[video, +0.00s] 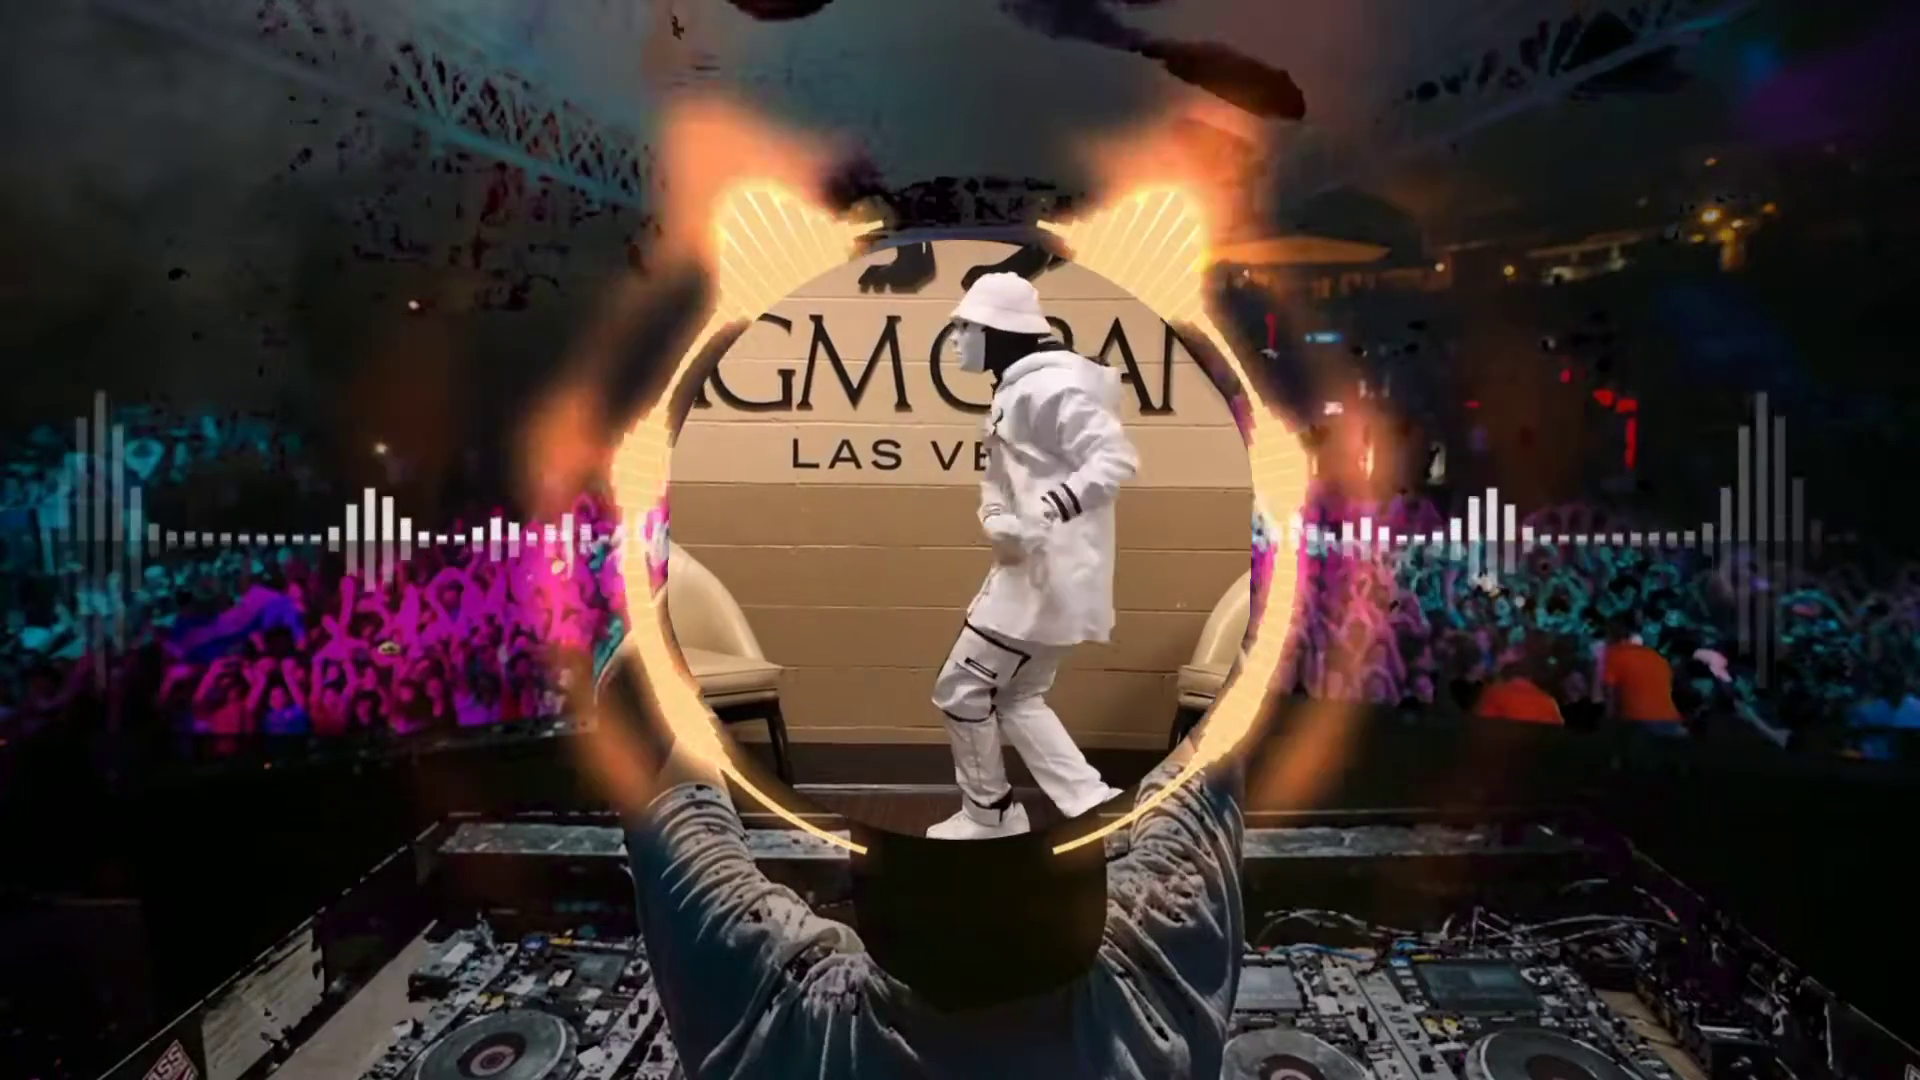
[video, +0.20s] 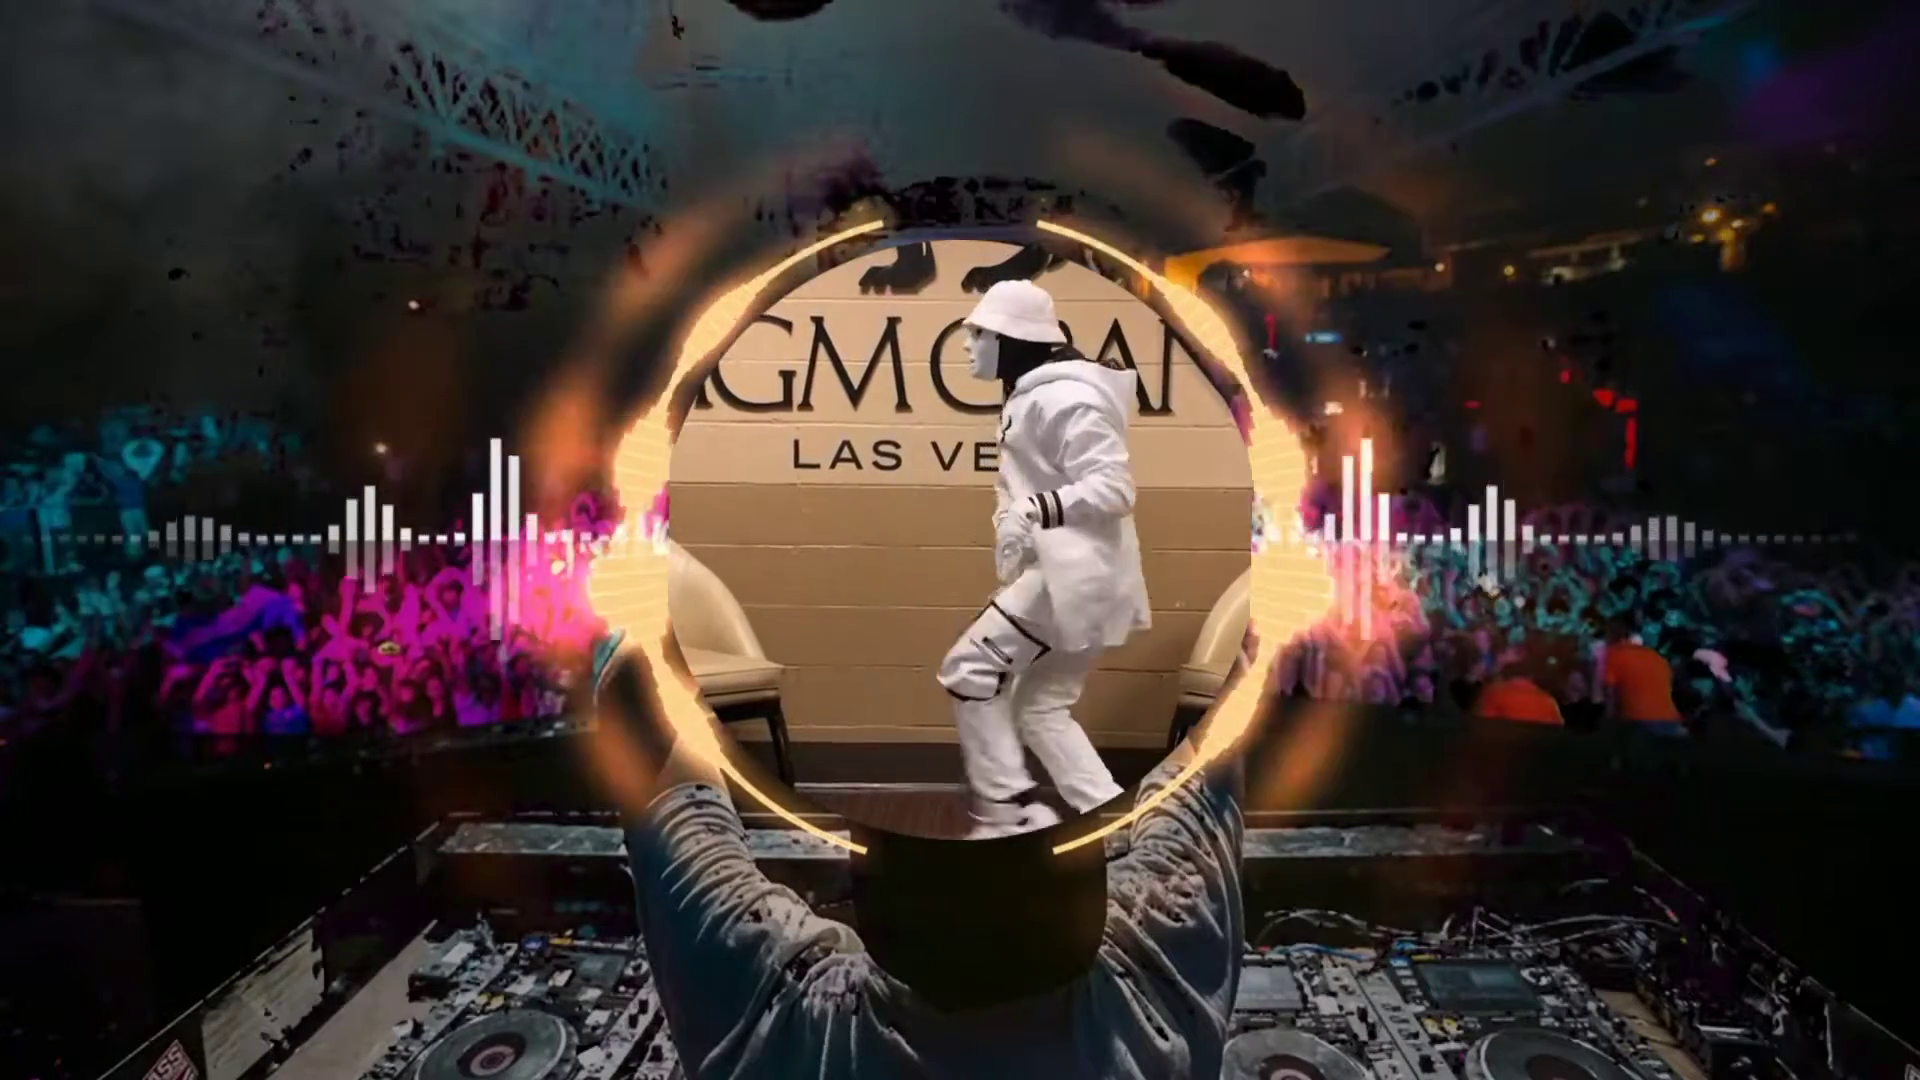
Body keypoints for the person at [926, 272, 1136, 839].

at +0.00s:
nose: (958, 338)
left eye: (967, 328)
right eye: (960, 327)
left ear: (1000, 331)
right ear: (1008, 331)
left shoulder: (1050, 386)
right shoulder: (1025, 387)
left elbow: (1112, 459)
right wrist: (1011, 508)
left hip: (1039, 580)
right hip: (1047, 580)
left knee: (963, 692)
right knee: (1017, 699)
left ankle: (988, 814)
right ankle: (1092, 803)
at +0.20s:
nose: (970, 342)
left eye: (980, 333)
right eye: (973, 332)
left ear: (1014, 339)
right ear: (1021, 340)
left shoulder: (1067, 395)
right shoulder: (1039, 394)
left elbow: (1114, 487)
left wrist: (1040, 509)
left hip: (1073, 574)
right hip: (1083, 576)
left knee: (970, 671)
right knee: (1040, 707)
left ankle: (1006, 816)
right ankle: (1112, 819)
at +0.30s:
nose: (979, 350)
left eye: (988, 339)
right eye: (980, 339)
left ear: (1020, 344)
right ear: (1027, 345)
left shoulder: (1070, 398)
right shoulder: (1039, 402)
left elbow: (1114, 482)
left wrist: (1035, 500)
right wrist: (1031, 521)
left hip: (1099, 580)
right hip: (1074, 581)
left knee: (1069, 707)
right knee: (1040, 704)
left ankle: (1155, 815)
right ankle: (1123, 820)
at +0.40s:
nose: (993, 360)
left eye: (1000, 349)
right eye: (993, 349)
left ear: (1031, 353)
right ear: (1033, 353)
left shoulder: (1083, 408)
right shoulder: (1044, 412)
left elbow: (1113, 483)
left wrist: (1030, 496)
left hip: (1121, 583)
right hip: (1074, 591)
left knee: (1149, 718)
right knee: (1020, 713)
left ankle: (1198, 843)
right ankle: (1112, 819)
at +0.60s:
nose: (1071, 376)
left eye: (1084, 364)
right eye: (1060, 364)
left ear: (1107, 371)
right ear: (1048, 372)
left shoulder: (1143, 423)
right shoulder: (1022, 433)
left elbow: (1140, 474)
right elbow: (1005, 512)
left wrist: (1053, 478)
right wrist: (1035, 527)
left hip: (1138, 605)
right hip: (1056, 617)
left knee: (1163, 719)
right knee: (1036, 750)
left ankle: (1177, 830)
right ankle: (1105, 824)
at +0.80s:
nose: (1090, 426)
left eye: (1102, 413)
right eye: (1077, 414)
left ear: (1121, 420)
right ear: (1061, 423)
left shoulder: (1151, 467)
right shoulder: (1031, 477)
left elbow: (1155, 502)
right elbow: (1028, 539)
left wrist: (1067, 512)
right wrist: (1059, 558)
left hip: (1139, 644)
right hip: (1065, 665)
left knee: (1158, 681)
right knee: (1075, 818)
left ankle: (1164, 811)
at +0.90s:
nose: (1095, 482)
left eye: (1109, 469)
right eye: (1082, 470)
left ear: (1127, 477)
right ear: (1065, 477)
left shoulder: (1159, 522)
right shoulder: (1033, 532)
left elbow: (1156, 550)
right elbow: (1032, 587)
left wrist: (1066, 557)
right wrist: (1053, 622)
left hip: (1144, 706)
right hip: (1068, 724)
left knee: (1152, 702)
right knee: (1066, 864)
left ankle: (1154, 834)